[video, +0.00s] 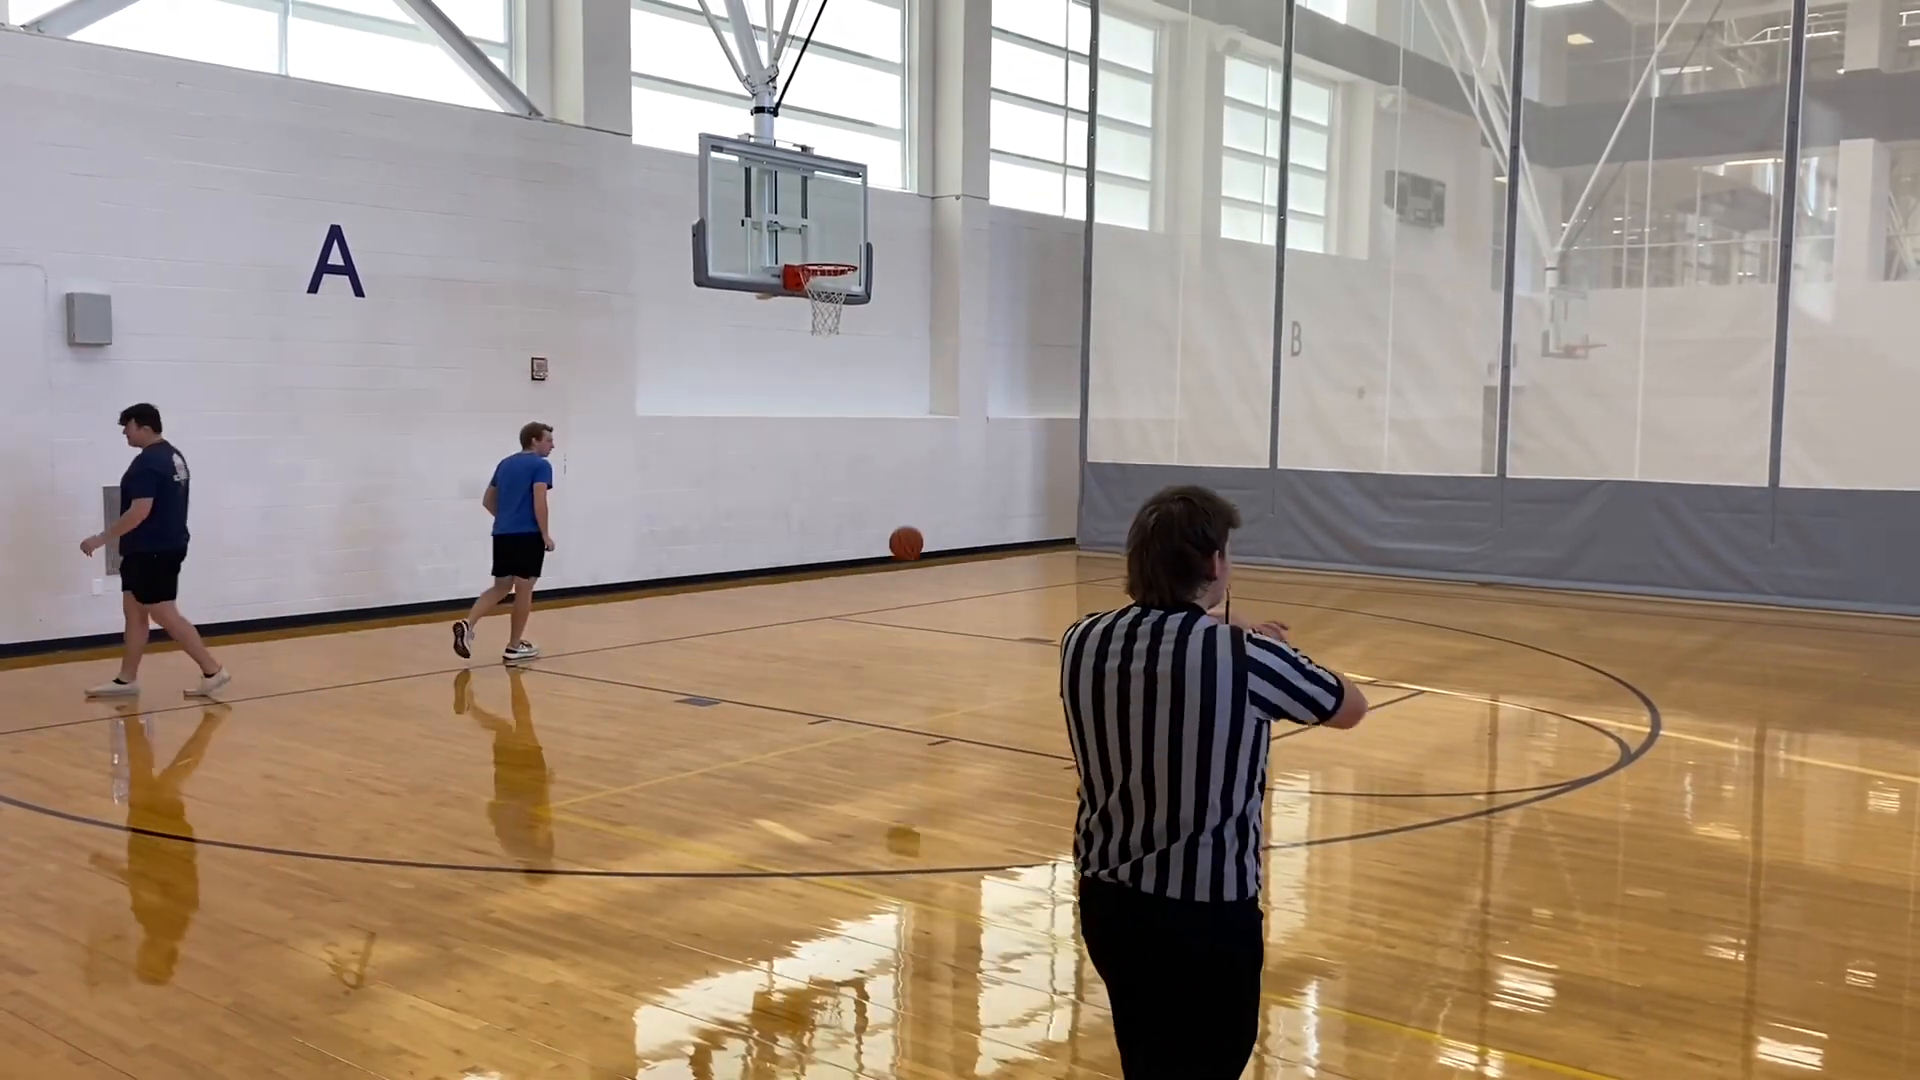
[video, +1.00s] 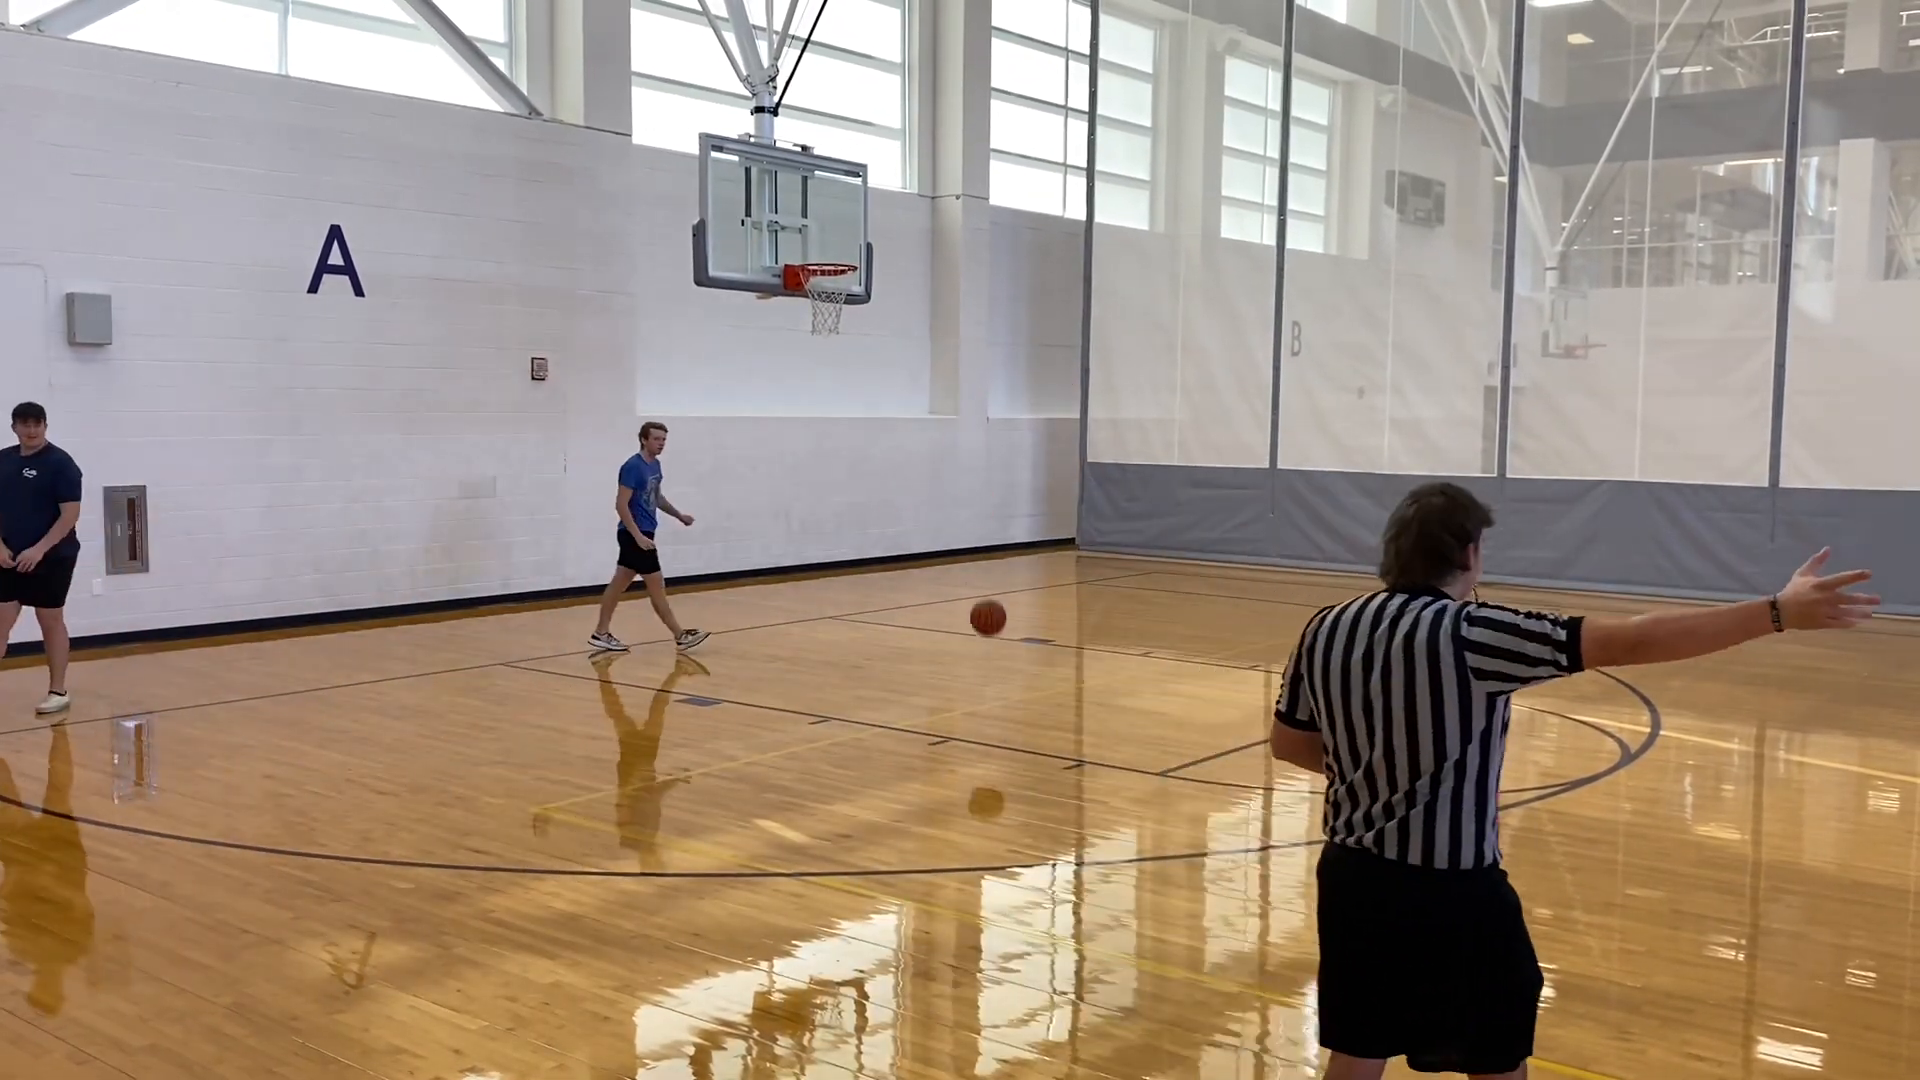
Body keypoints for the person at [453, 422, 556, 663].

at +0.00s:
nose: (552, 445)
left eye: (552, 440)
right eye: (549, 441)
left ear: (530, 443)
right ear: (535, 441)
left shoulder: (505, 463)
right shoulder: (541, 464)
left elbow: (488, 501)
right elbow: (540, 501)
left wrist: (507, 519)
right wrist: (545, 534)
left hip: (502, 536)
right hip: (528, 536)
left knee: (501, 587)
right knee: (524, 591)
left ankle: (468, 624)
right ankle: (515, 645)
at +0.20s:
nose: (569, 442)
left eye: (569, 437)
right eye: (565, 437)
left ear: (547, 438)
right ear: (550, 437)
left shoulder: (527, 460)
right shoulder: (552, 462)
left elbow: (514, 497)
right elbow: (555, 499)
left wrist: (533, 513)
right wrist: (560, 530)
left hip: (523, 530)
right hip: (540, 532)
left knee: (534, 585)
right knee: (532, 588)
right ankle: (516, 644)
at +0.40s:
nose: (591, 447)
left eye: (592, 443)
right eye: (588, 442)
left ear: (571, 443)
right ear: (573, 442)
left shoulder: (553, 463)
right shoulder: (570, 467)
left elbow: (541, 498)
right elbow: (569, 507)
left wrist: (572, 521)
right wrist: (578, 533)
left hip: (549, 533)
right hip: (559, 535)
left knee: (575, 582)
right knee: (541, 592)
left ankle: (592, 635)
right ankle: (516, 641)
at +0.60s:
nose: (615, 443)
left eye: (617, 439)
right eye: (611, 438)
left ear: (607, 441)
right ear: (597, 439)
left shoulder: (594, 462)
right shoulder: (591, 463)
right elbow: (587, 504)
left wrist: (605, 525)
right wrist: (605, 531)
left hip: (592, 530)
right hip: (584, 530)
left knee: (600, 581)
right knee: (588, 589)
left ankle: (598, 637)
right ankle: (539, 626)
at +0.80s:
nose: (637, 438)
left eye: (639, 434)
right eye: (632, 434)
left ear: (638, 437)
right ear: (619, 434)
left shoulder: (627, 460)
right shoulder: (608, 461)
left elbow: (623, 496)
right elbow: (601, 501)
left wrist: (638, 515)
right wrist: (623, 527)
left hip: (617, 526)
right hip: (609, 527)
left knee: (608, 578)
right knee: (635, 578)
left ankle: (599, 632)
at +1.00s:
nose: (661, 444)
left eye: (663, 440)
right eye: (657, 439)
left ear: (663, 442)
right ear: (644, 440)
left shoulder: (654, 465)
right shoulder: (632, 467)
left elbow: (657, 498)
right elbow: (621, 506)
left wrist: (679, 516)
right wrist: (638, 536)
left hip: (644, 533)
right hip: (634, 535)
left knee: (620, 582)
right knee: (656, 584)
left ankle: (601, 632)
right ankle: (679, 635)